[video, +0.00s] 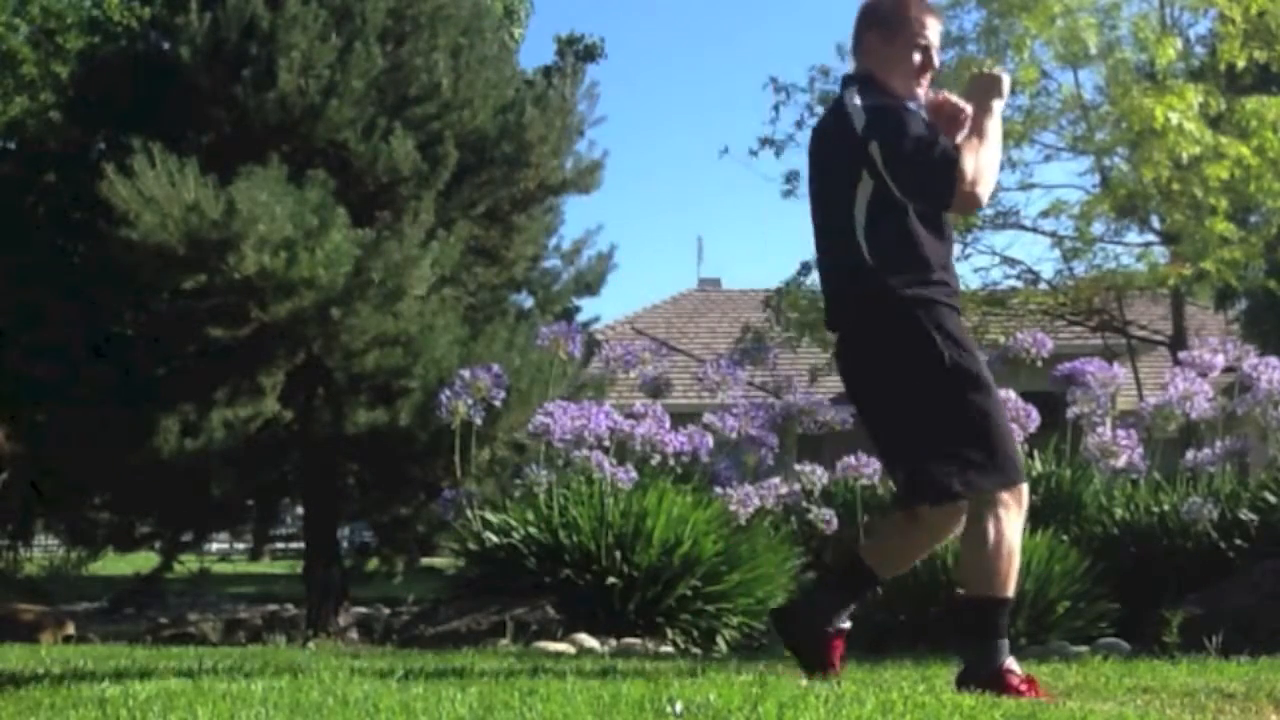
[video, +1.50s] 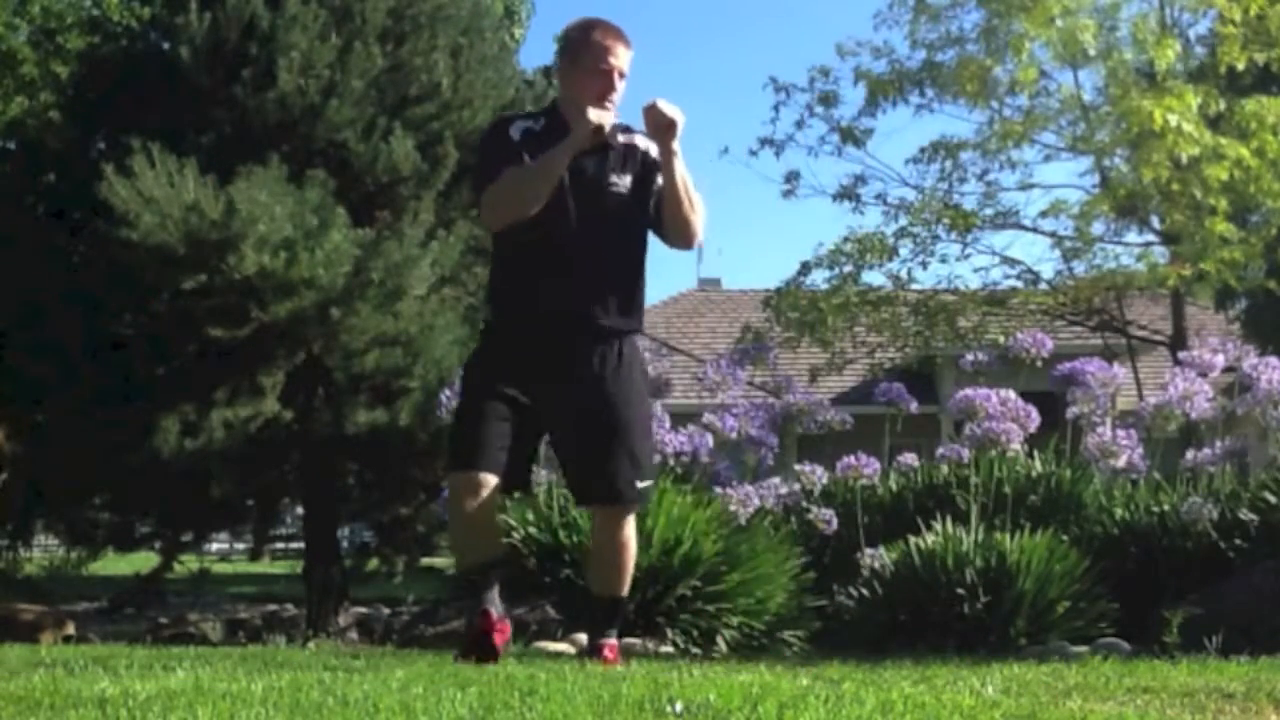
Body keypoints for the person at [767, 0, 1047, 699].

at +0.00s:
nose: (928, 57)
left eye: (933, 47)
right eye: (914, 42)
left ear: (935, 53)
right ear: (868, 42)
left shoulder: (846, 119)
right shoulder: (879, 117)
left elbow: (927, 199)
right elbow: (970, 189)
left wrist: (949, 133)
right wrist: (991, 111)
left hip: (873, 331)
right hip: (915, 323)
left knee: (941, 501)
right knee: (1002, 487)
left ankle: (815, 614)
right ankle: (987, 663)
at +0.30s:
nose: (857, 80)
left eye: (861, 70)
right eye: (844, 66)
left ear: (856, 77)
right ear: (800, 65)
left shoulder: (830, 141)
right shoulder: (791, 129)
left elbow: (885, 240)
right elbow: (845, 196)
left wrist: (894, 157)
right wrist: (885, 126)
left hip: (841, 340)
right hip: (823, 340)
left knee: (864, 505)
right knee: (902, 487)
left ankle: (772, 644)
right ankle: (958, 657)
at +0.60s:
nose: (778, 70)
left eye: (783, 59)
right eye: (764, 56)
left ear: (786, 69)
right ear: (721, 58)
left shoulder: (776, 147)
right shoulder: (681, 122)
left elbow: (833, 218)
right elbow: (729, 171)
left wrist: (829, 133)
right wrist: (783, 105)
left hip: (782, 330)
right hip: (713, 323)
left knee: (792, 489)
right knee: (751, 476)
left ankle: (758, 642)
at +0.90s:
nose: (665, 99)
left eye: (672, 89)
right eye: (652, 84)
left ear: (678, 96)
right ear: (611, 81)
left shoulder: (673, 167)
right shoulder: (573, 151)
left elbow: (727, 247)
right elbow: (615, 225)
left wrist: (727, 171)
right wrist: (674, 154)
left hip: (671, 356)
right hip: (585, 358)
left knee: (733, 493)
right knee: (551, 509)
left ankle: (750, 645)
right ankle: (500, 634)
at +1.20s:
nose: (626, 60)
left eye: (634, 52)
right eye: (613, 47)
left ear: (641, 61)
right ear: (574, 49)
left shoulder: (652, 132)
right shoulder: (529, 117)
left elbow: (697, 219)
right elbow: (522, 195)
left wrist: (688, 142)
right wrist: (593, 131)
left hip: (634, 328)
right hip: (544, 328)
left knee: (654, 477)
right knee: (519, 488)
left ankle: (619, 624)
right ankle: (500, 629)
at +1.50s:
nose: (611, 77)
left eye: (620, 69)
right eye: (598, 64)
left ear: (627, 79)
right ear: (562, 68)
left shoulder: (641, 155)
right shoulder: (514, 136)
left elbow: (685, 235)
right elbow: (495, 213)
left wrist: (670, 151)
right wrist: (571, 146)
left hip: (605, 348)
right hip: (515, 342)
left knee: (614, 502)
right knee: (471, 483)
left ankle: (605, 641)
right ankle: (487, 619)